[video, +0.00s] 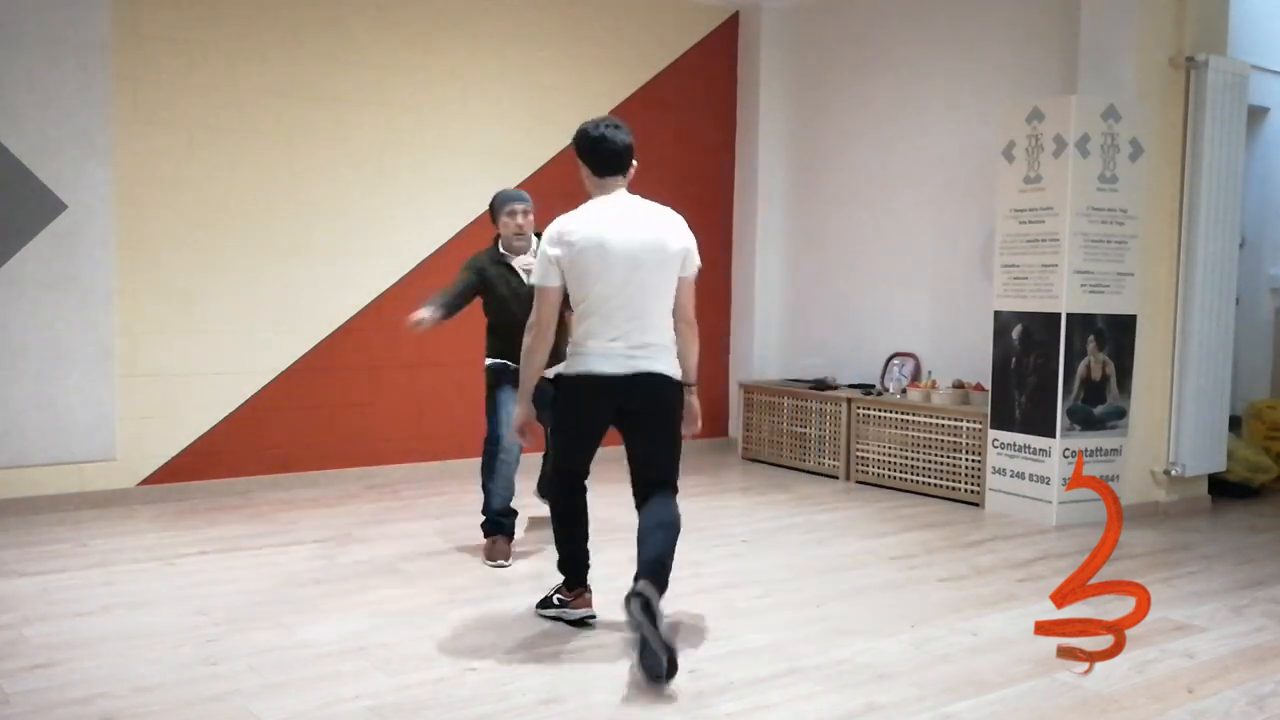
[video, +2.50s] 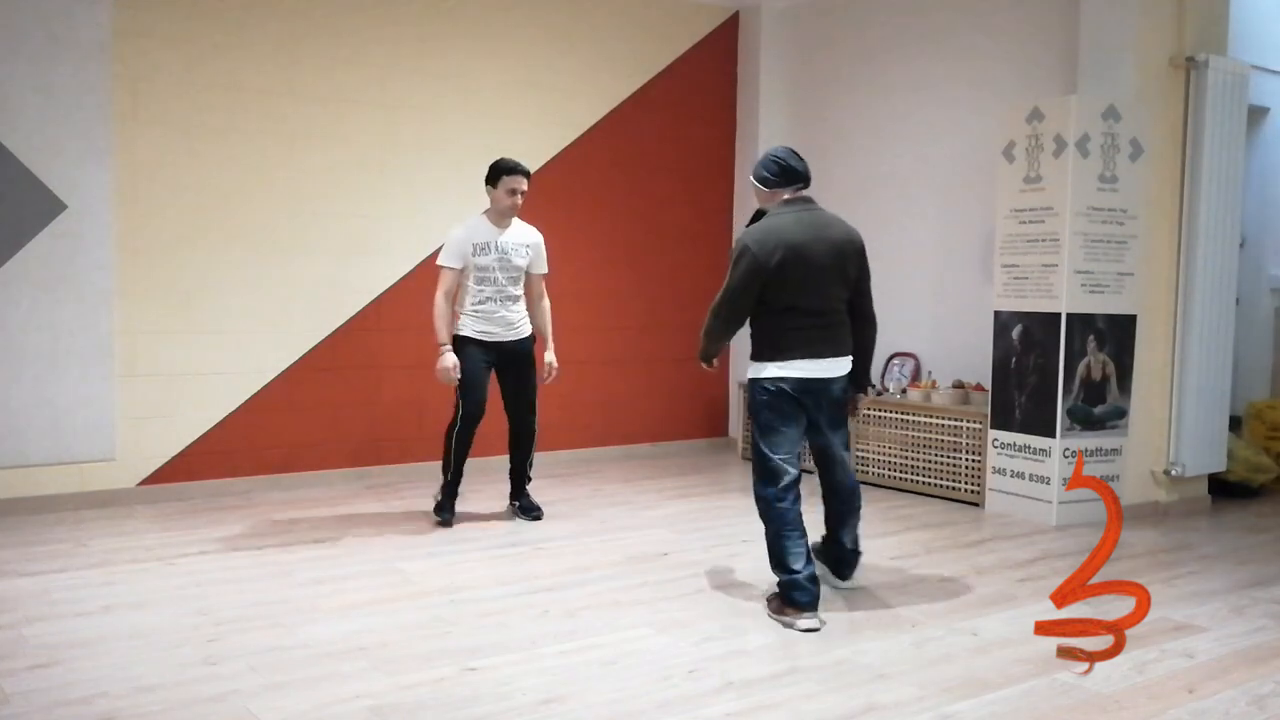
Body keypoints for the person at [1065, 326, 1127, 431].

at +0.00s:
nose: (1087, 346)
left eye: (1091, 342)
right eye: (1088, 342)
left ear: (1098, 344)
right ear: (1088, 345)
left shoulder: (1108, 364)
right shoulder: (1084, 364)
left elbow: (1113, 389)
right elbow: (1076, 390)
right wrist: (1070, 408)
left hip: (1103, 406)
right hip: (1085, 405)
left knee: (1121, 411)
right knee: (1071, 410)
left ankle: (1086, 425)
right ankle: (1101, 425)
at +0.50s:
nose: (1087, 345)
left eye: (1091, 342)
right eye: (1088, 342)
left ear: (1098, 344)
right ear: (1088, 345)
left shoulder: (1108, 364)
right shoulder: (1083, 365)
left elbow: (1113, 390)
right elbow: (1076, 391)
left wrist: (1106, 406)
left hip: (1103, 406)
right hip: (1086, 405)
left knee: (1121, 411)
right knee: (1071, 410)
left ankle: (1086, 425)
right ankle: (1102, 425)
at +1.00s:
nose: (1087, 345)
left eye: (1091, 342)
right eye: (1088, 342)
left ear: (1099, 344)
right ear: (1088, 345)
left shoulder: (1108, 364)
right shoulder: (1083, 365)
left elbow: (1113, 388)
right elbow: (1076, 390)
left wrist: (1115, 406)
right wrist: (1070, 408)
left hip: (1102, 405)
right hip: (1086, 405)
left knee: (1121, 411)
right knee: (1071, 410)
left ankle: (1086, 425)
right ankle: (1101, 425)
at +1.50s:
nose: (1087, 345)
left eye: (1091, 342)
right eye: (1088, 342)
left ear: (1099, 344)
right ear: (1088, 345)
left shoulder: (1108, 364)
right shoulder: (1083, 365)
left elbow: (1114, 390)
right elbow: (1076, 391)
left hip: (1102, 406)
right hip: (1086, 406)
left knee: (1121, 411)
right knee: (1071, 410)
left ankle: (1086, 425)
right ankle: (1102, 425)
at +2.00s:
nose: (1087, 346)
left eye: (1090, 342)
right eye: (1087, 342)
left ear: (1098, 344)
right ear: (1087, 345)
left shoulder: (1108, 364)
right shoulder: (1084, 365)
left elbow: (1114, 391)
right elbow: (1076, 391)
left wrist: (1107, 406)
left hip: (1103, 406)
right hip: (1086, 406)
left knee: (1121, 411)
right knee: (1071, 411)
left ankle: (1086, 425)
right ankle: (1100, 425)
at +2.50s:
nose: (1088, 345)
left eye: (1091, 342)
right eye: (1088, 342)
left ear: (1098, 344)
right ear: (1087, 344)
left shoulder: (1108, 364)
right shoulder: (1084, 364)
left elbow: (1114, 390)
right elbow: (1076, 390)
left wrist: (1109, 406)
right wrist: (1070, 409)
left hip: (1102, 406)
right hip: (1085, 405)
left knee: (1121, 411)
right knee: (1071, 410)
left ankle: (1086, 425)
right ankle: (1100, 425)